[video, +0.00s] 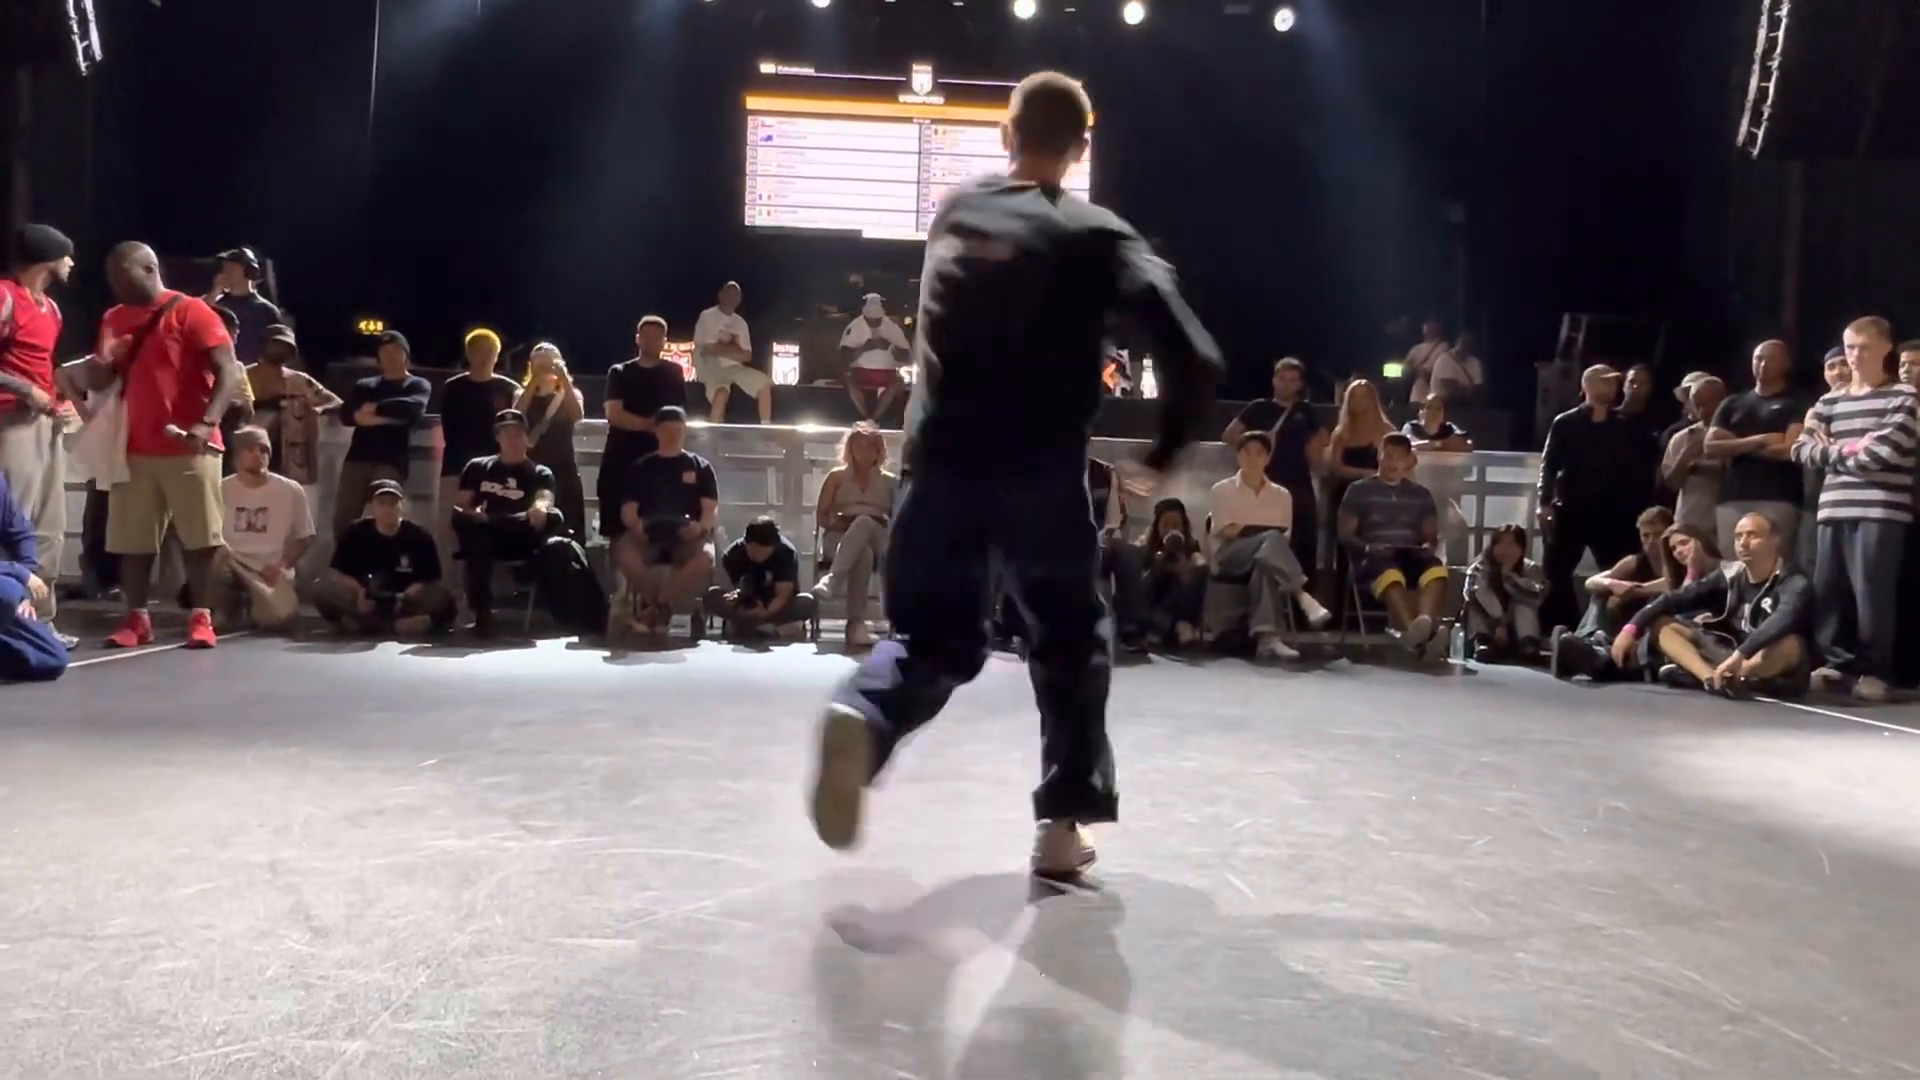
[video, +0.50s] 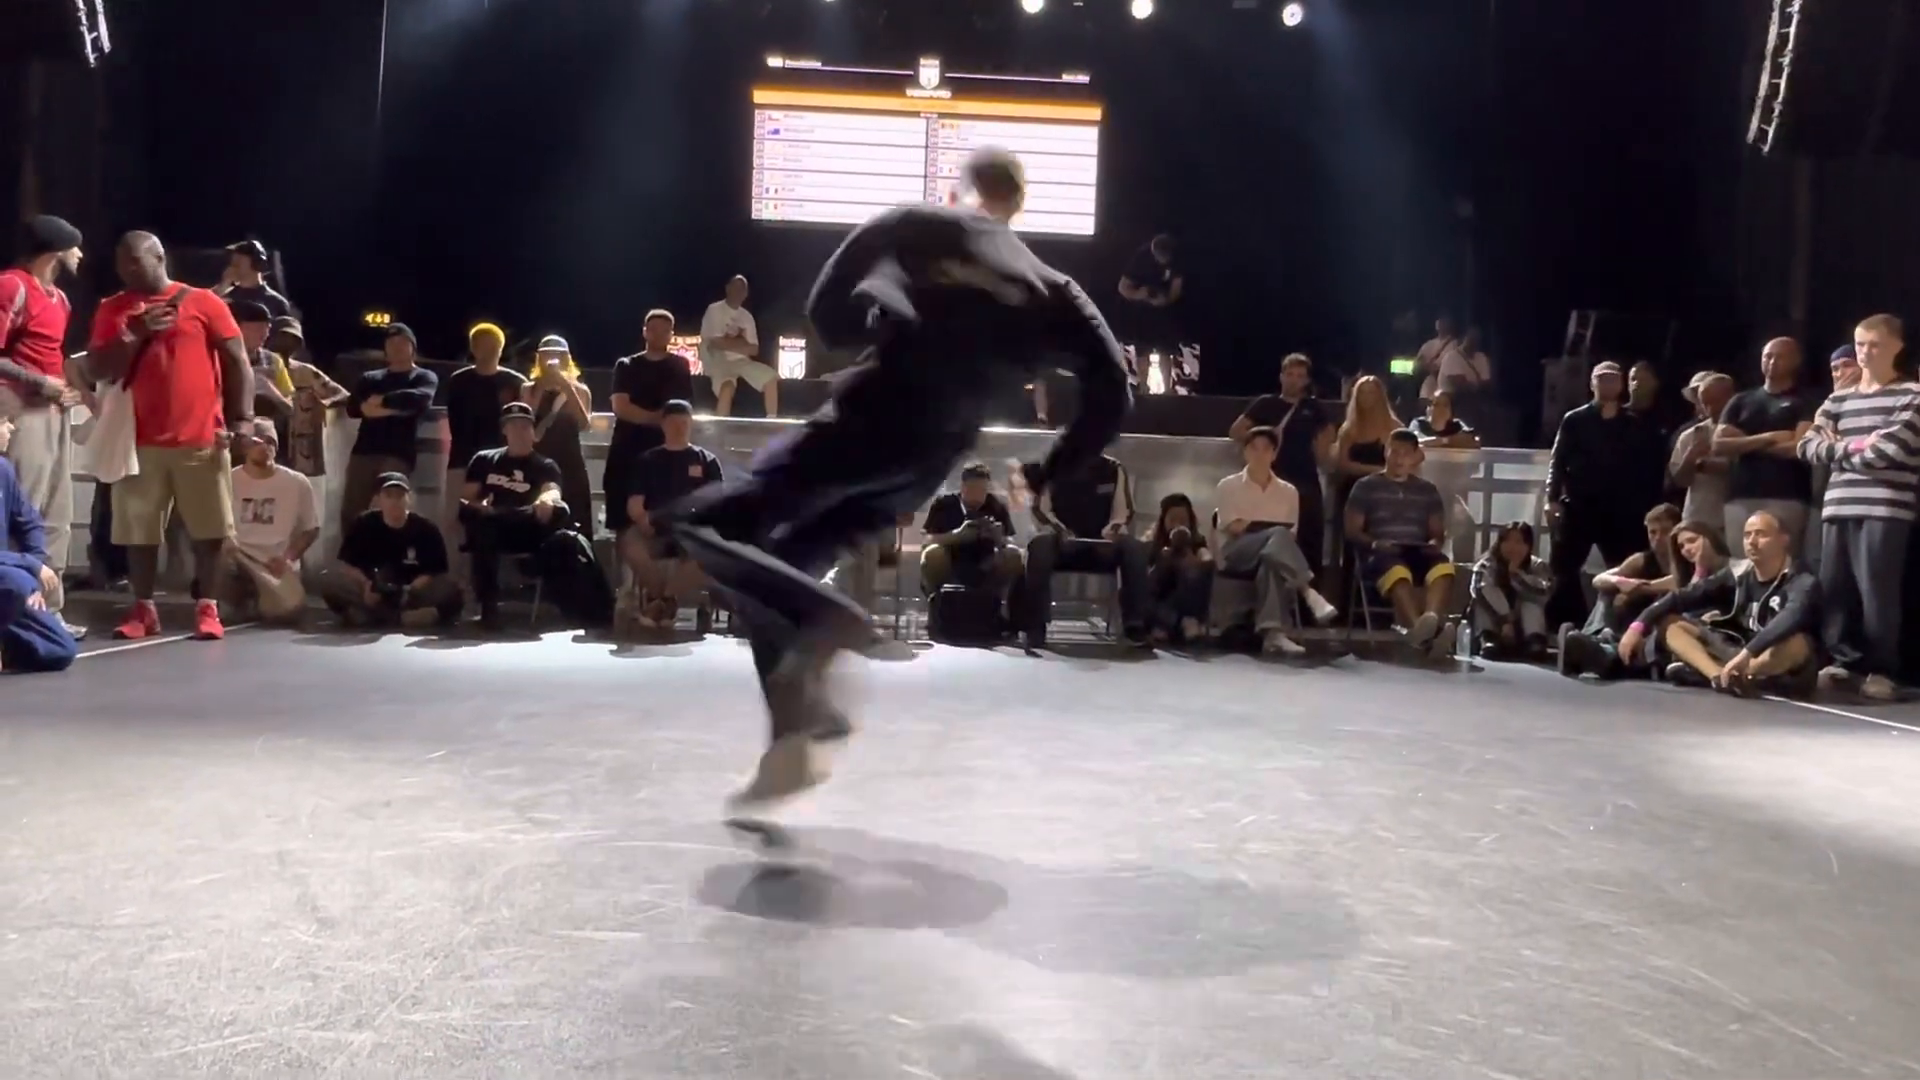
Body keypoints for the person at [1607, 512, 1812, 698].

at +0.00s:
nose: (1743, 543)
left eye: (1752, 536)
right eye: (1739, 537)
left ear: (1774, 541)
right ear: (1733, 542)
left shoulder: (1794, 583)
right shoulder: (1731, 575)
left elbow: (1784, 620)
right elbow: (1678, 598)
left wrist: (1741, 654)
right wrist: (1631, 629)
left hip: (1776, 669)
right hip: (1733, 656)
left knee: (1789, 645)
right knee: (1665, 630)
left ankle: (1716, 679)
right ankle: (1711, 679)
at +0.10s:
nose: (1744, 543)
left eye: (1753, 536)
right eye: (1740, 537)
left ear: (1775, 541)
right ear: (1735, 542)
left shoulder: (1796, 583)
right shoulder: (1732, 575)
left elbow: (1785, 620)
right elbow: (1680, 598)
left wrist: (1742, 653)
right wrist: (1632, 628)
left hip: (1777, 666)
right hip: (1733, 654)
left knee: (1791, 644)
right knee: (1666, 630)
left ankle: (1717, 678)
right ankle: (1712, 679)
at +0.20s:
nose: (1746, 542)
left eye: (1755, 535)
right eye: (1742, 536)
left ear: (1778, 541)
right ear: (1737, 541)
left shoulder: (1798, 582)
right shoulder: (1734, 574)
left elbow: (1786, 620)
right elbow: (1681, 597)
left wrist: (1743, 652)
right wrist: (1634, 628)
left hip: (1779, 665)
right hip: (1735, 654)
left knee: (1792, 644)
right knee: (1669, 630)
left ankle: (1719, 678)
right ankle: (1714, 678)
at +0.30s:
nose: (1748, 541)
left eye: (1757, 534)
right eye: (1745, 535)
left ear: (1780, 540)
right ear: (1739, 541)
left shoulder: (1799, 582)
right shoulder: (1735, 574)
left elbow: (1788, 620)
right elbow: (1682, 597)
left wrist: (1745, 652)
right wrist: (1634, 628)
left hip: (1778, 664)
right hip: (1734, 652)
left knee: (1793, 644)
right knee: (1669, 629)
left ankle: (1720, 678)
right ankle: (1717, 678)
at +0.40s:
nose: (1750, 541)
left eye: (1759, 534)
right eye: (1746, 535)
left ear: (1783, 541)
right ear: (1741, 541)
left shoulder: (1801, 582)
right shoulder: (1738, 574)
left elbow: (1790, 619)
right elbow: (1685, 597)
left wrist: (1747, 653)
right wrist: (1637, 627)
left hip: (1780, 664)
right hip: (1737, 653)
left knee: (1796, 644)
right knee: (1671, 629)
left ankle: (1723, 677)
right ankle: (1717, 678)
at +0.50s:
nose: (1752, 542)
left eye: (1761, 535)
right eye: (1748, 536)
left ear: (1784, 540)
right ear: (1743, 540)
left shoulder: (1802, 582)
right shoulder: (1738, 574)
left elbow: (1791, 619)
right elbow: (1686, 596)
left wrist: (1748, 653)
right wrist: (1638, 626)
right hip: (1738, 653)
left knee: (1797, 643)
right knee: (1673, 630)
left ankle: (1717, 678)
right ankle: (1719, 677)